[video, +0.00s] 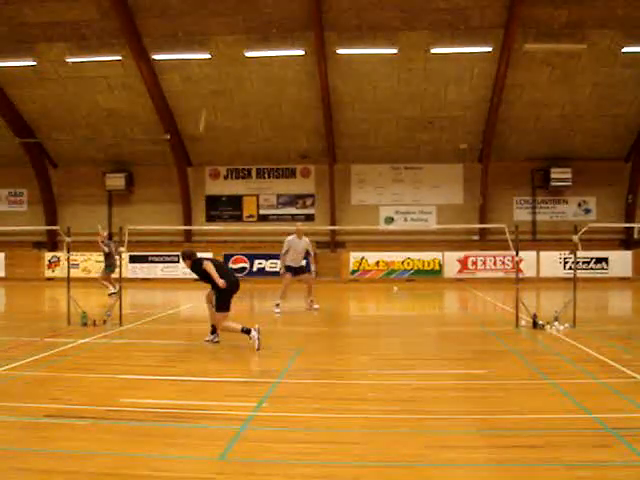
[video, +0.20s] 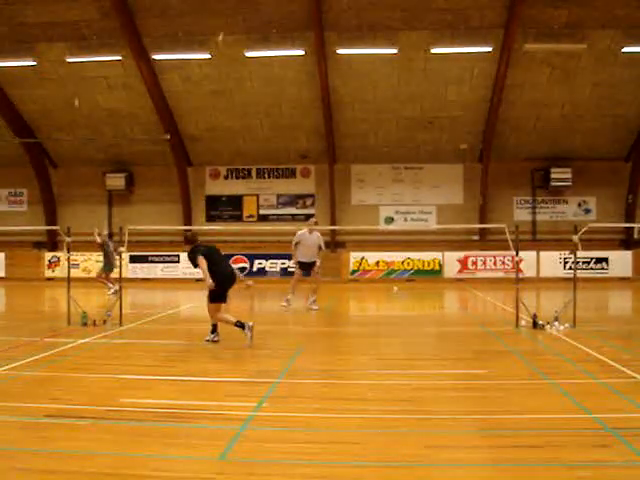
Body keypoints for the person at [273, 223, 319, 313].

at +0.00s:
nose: (299, 230)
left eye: (301, 228)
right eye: (298, 228)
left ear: (303, 230)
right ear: (295, 229)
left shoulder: (306, 241)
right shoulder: (289, 240)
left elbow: (311, 255)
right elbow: (283, 253)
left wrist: (312, 269)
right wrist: (282, 267)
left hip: (300, 264)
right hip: (289, 264)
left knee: (309, 279)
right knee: (287, 279)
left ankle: (310, 302)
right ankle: (279, 303)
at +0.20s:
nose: (312, 227)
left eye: (314, 225)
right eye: (311, 224)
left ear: (316, 226)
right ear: (308, 225)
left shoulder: (318, 236)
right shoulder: (300, 234)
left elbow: (321, 249)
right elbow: (294, 245)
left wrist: (319, 260)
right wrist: (294, 257)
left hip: (312, 261)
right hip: (301, 260)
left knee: (316, 280)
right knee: (296, 277)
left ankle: (312, 301)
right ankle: (289, 298)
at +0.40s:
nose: (317, 228)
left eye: (319, 226)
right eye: (315, 225)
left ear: (321, 227)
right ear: (312, 227)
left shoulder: (325, 238)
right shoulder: (308, 236)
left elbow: (329, 252)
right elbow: (302, 247)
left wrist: (323, 263)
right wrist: (301, 258)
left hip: (320, 262)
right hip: (309, 262)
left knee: (324, 282)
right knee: (304, 281)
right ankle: (303, 298)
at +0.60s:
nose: (316, 227)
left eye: (318, 225)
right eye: (315, 225)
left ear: (321, 227)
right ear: (313, 226)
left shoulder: (322, 238)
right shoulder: (309, 235)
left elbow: (329, 249)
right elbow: (305, 244)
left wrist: (321, 254)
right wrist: (304, 252)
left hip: (322, 261)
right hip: (312, 261)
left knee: (326, 278)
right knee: (314, 281)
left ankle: (333, 296)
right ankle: (322, 296)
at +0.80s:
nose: (310, 223)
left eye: (312, 221)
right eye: (311, 221)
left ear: (316, 223)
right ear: (311, 223)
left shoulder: (317, 233)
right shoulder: (310, 232)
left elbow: (316, 244)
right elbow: (310, 242)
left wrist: (305, 246)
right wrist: (302, 243)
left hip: (320, 258)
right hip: (312, 257)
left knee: (318, 276)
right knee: (307, 275)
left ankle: (329, 292)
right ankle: (318, 292)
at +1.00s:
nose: (309, 227)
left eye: (310, 225)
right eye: (309, 225)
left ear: (311, 226)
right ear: (309, 226)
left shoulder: (313, 234)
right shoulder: (309, 235)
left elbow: (309, 240)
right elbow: (310, 247)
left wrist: (297, 234)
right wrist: (301, 248)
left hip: (316, 261)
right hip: (309, 261)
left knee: (316, 278)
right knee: (303, 276)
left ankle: (329, 294)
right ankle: (306, 292)